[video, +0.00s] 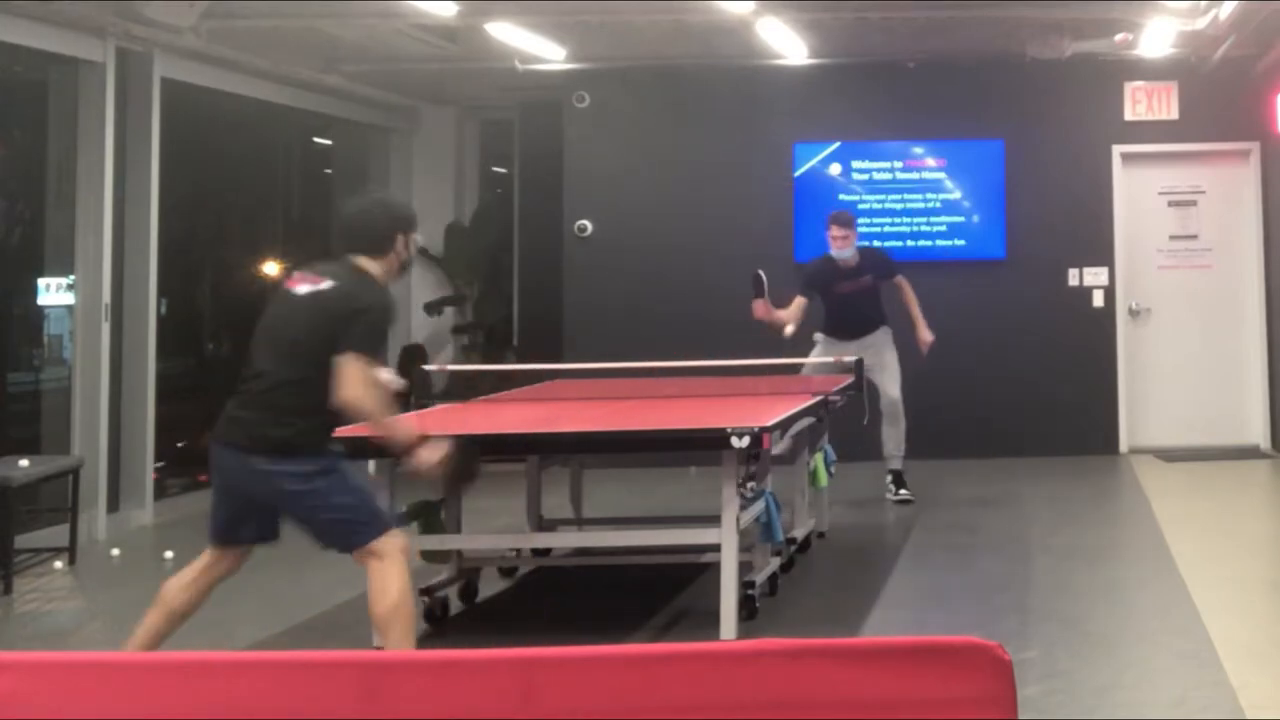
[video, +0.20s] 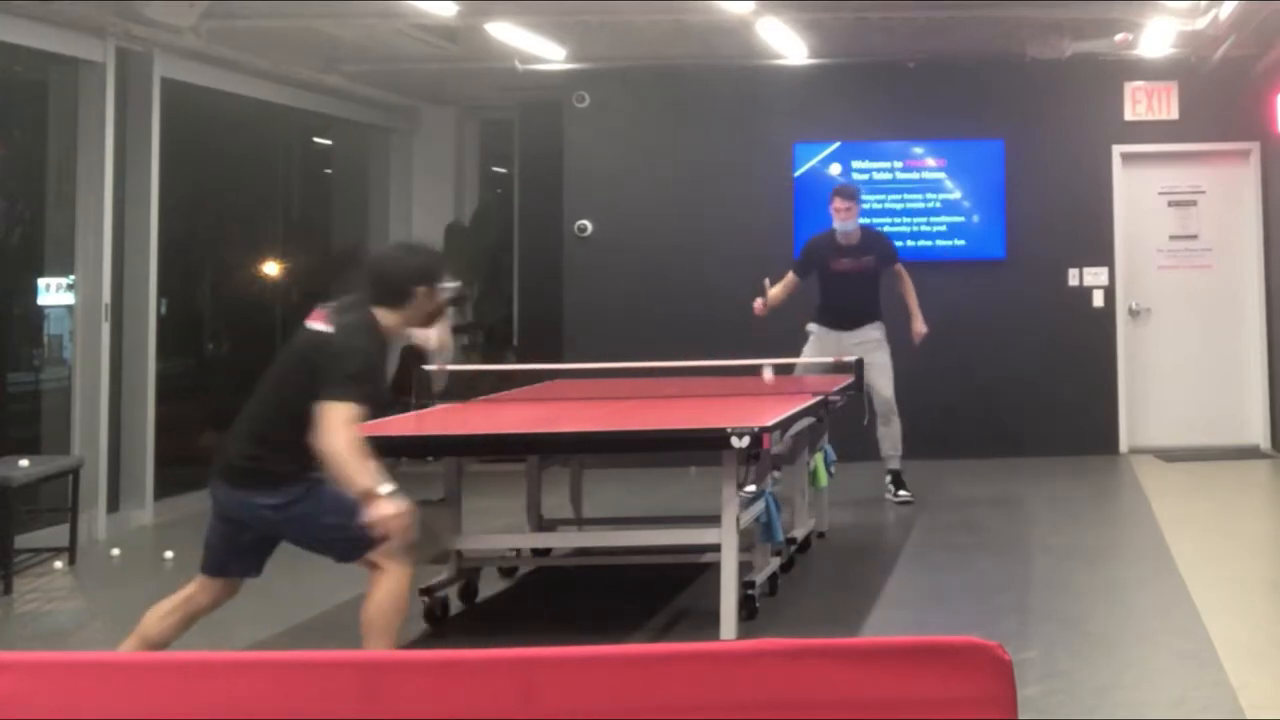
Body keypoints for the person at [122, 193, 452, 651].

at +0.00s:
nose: (412, 252)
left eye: (412, 240)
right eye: (410, 241)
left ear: (352, 238)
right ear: (395, 243)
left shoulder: (303, 278)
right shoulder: (368, 295)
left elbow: (295, 359)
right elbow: (351, 392)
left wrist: (365, 373)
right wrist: (408, 439)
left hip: (235, 450)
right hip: (295, 457)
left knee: (223, 555)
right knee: (387, 549)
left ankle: (127, 659)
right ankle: (404, 685)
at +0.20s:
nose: (438, 302)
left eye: (439, 292)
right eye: (436, 292)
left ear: (381, 287)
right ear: (416, 295)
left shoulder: (341, 314)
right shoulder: (357, 341)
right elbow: (335, 434)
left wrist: (418, 333)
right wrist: (377, 495)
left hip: (239, 483)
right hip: (277, 489)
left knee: (212, 587)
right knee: (394, 555)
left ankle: (117, 669)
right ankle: (378, 681)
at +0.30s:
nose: (495, 285)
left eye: (493, 275)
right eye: (489, 278)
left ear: (434, 275)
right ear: (464, 289)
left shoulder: (379, 293)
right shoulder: (423, 343)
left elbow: (324, 289)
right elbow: (473, 441)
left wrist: (365, 262)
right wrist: (533, 454)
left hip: (266, 460)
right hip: (310, 477)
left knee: (207, 561)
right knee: (416, 560)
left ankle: (117, 660)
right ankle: (372, 688)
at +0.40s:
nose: (525, 275)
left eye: (525, 264)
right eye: (522, 265)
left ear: (462, 251)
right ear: (498, 266)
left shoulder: (406, 278)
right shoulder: (485, 330)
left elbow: (339, 285)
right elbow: (576, 376)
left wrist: (355, 252)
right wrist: (662, 384)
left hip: (302, 445)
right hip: (356, 466)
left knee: (251, 526)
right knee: (440, 571)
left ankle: (175, 616)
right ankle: (376, 677)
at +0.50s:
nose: (553, 207)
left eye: (549, 197)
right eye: (550, 199)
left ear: (479, 198)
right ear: (536, 207)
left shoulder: (440, 243)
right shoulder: (542, 267)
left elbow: (387, 255)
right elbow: (626, 290)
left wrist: (430, 210)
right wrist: (690, 291)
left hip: (364, 417)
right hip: (424, 443)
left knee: (317, 485)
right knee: (443, 566)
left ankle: (267, 561)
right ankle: (377, 672)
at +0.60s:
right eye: (554, 165)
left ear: (493, 172)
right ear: (554, 171)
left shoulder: (467, 209)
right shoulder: (573, 214)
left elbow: (416, 200)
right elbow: (659, 226)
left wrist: (469, 143)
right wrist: (649, 182)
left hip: (431, 383)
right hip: (497, 401)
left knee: (383, 453)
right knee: (486, 547)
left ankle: (332, 520)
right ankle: (418, 662)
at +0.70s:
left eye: (550, 161)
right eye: (567, 160)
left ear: (526, 168)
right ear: (585, 168)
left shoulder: (492, 209)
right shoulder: (614, 215)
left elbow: (412, 199)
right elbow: (710, 218)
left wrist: (458, 135)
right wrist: (667, 172)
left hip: (490, 392)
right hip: (567, 403)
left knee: (430, 449)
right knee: (587, 543)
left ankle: (361, 518)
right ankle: (514, 667)